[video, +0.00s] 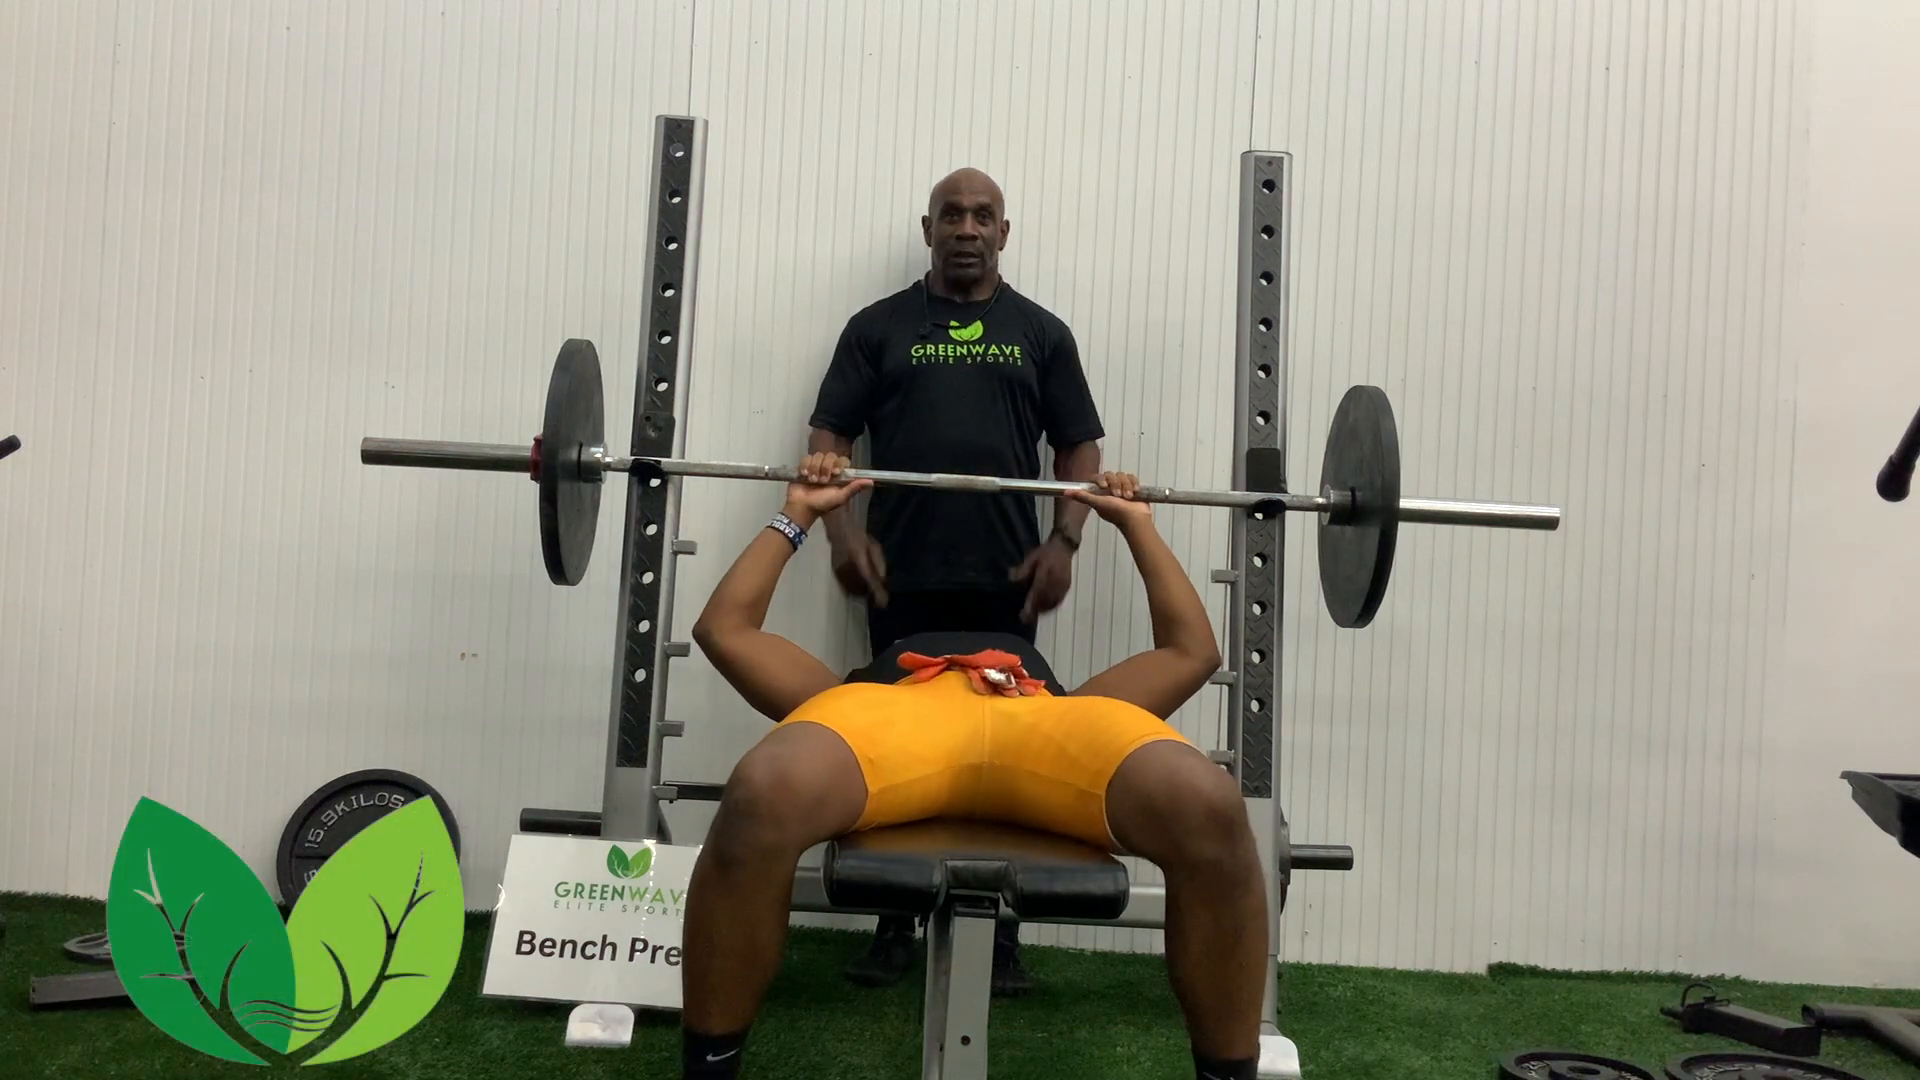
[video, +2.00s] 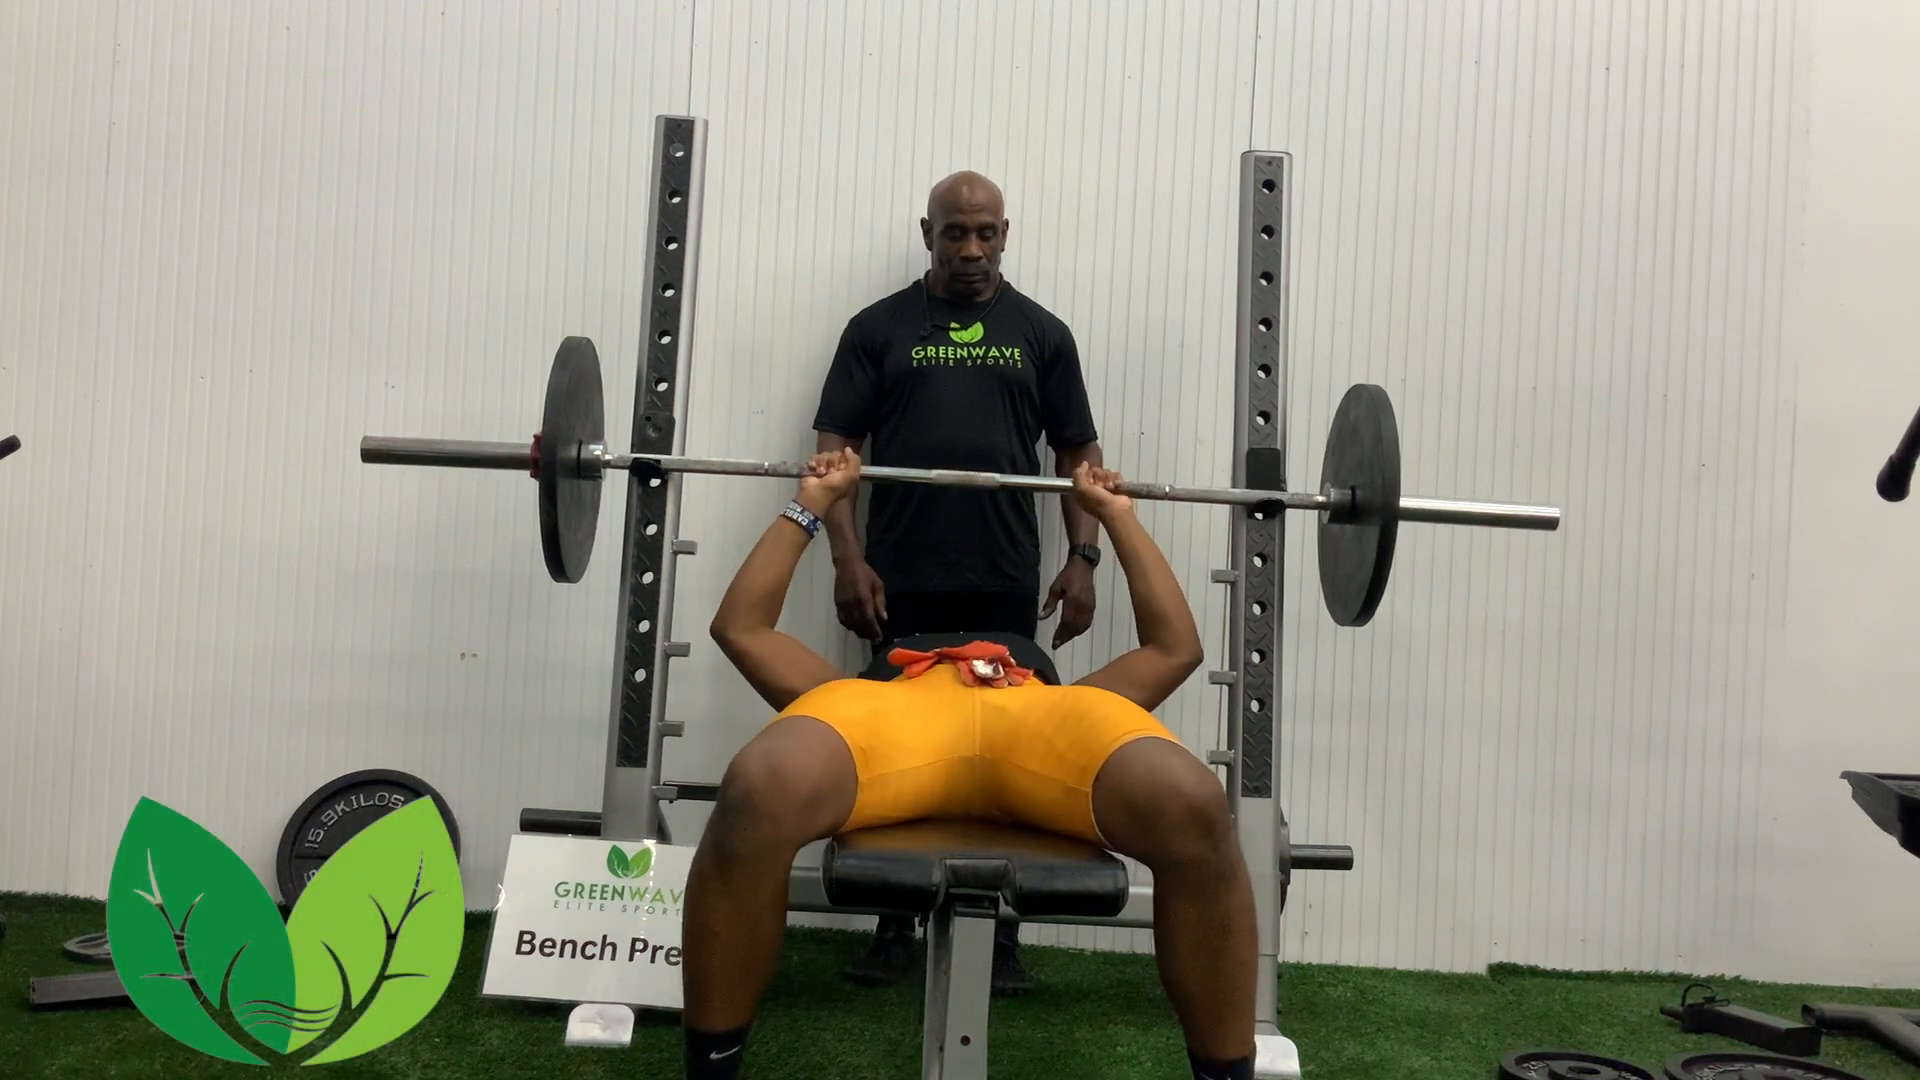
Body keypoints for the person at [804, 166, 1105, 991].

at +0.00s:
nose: (968, 229)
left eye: (983, 216)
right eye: (953, 216)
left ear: (1005, 231)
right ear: (928, 230)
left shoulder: (1042, 335)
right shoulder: (877, 329)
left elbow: (1078, 451)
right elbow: (828, 441)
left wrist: (1063, 541)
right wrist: (844, 530)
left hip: (1005, 584)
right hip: (900, 582)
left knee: (1014, 750)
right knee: (893, 749)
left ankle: (1000, 926)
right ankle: (897, 919)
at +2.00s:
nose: (972, 248)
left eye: (987, 234)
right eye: (956, 233)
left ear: (1006, 238)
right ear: (927, 236)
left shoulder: (1041, 335)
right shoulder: (876, 332)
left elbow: (1078, 457)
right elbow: (833, 456)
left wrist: (1082, 558)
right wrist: (849, 561)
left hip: (1007, 583)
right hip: (903, 580)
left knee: (1013, 750)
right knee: (892, 747)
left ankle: (1000, 930)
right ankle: (896, 922)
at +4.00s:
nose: (967, 248)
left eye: (983, 235)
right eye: (952, 233)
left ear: (1005, 239)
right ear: (926, 237)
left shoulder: (1042, 336)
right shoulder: (877, 330)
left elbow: (1078, 455)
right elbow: (836, 445)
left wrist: (1083, 563)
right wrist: (844, 556)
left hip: (1006, 590)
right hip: (900, 585)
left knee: (1011, 759)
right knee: (889, 754)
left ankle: (1000, 931)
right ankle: (894, 924)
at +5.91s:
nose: (968, 250)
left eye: (985, 235)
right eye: (954, 233)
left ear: (1006, 241)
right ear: (927, 234)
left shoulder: (1045, 338)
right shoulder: (878, 328)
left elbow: (1072, 464)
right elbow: (837, 447)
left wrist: (1086, 554)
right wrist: (850, 556)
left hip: (1006, 578)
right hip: (898, 577)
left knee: (1015, 747)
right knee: (885, 742)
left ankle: (1002, 926)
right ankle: (895, 920)